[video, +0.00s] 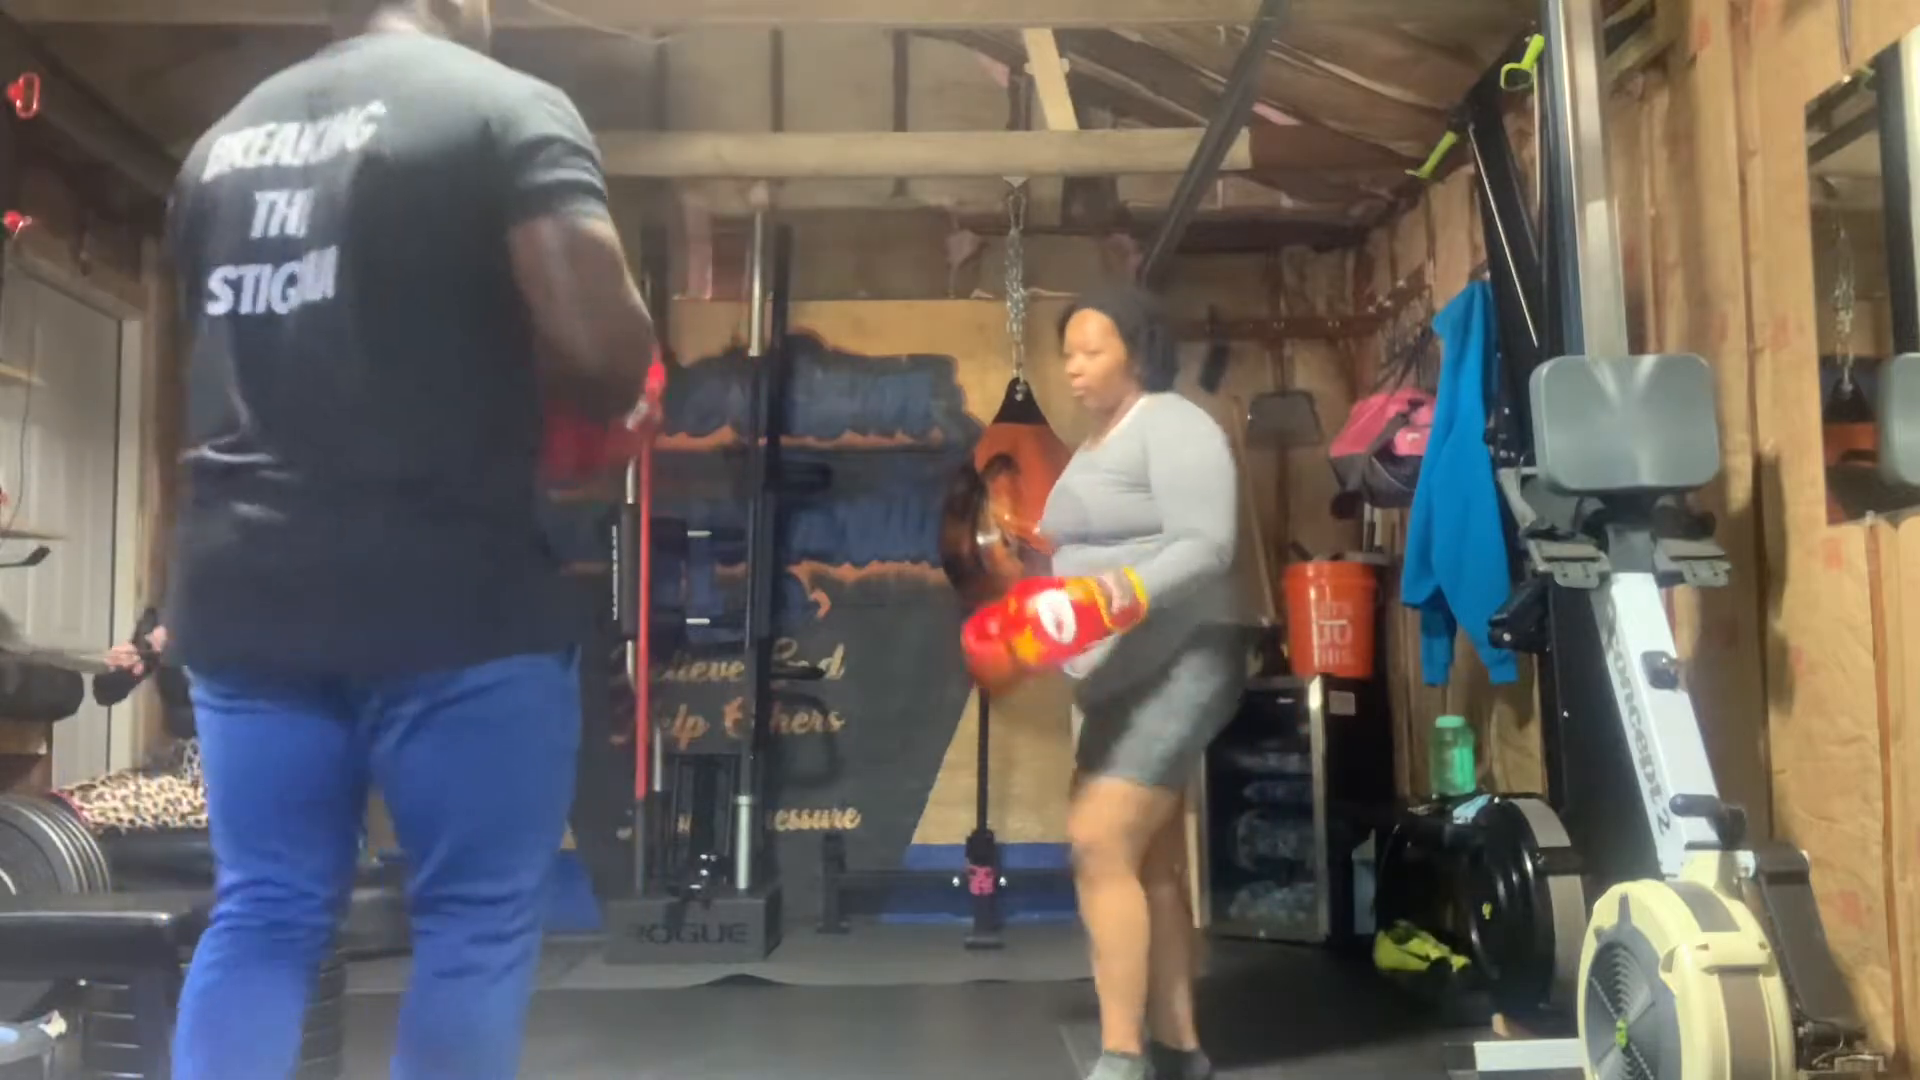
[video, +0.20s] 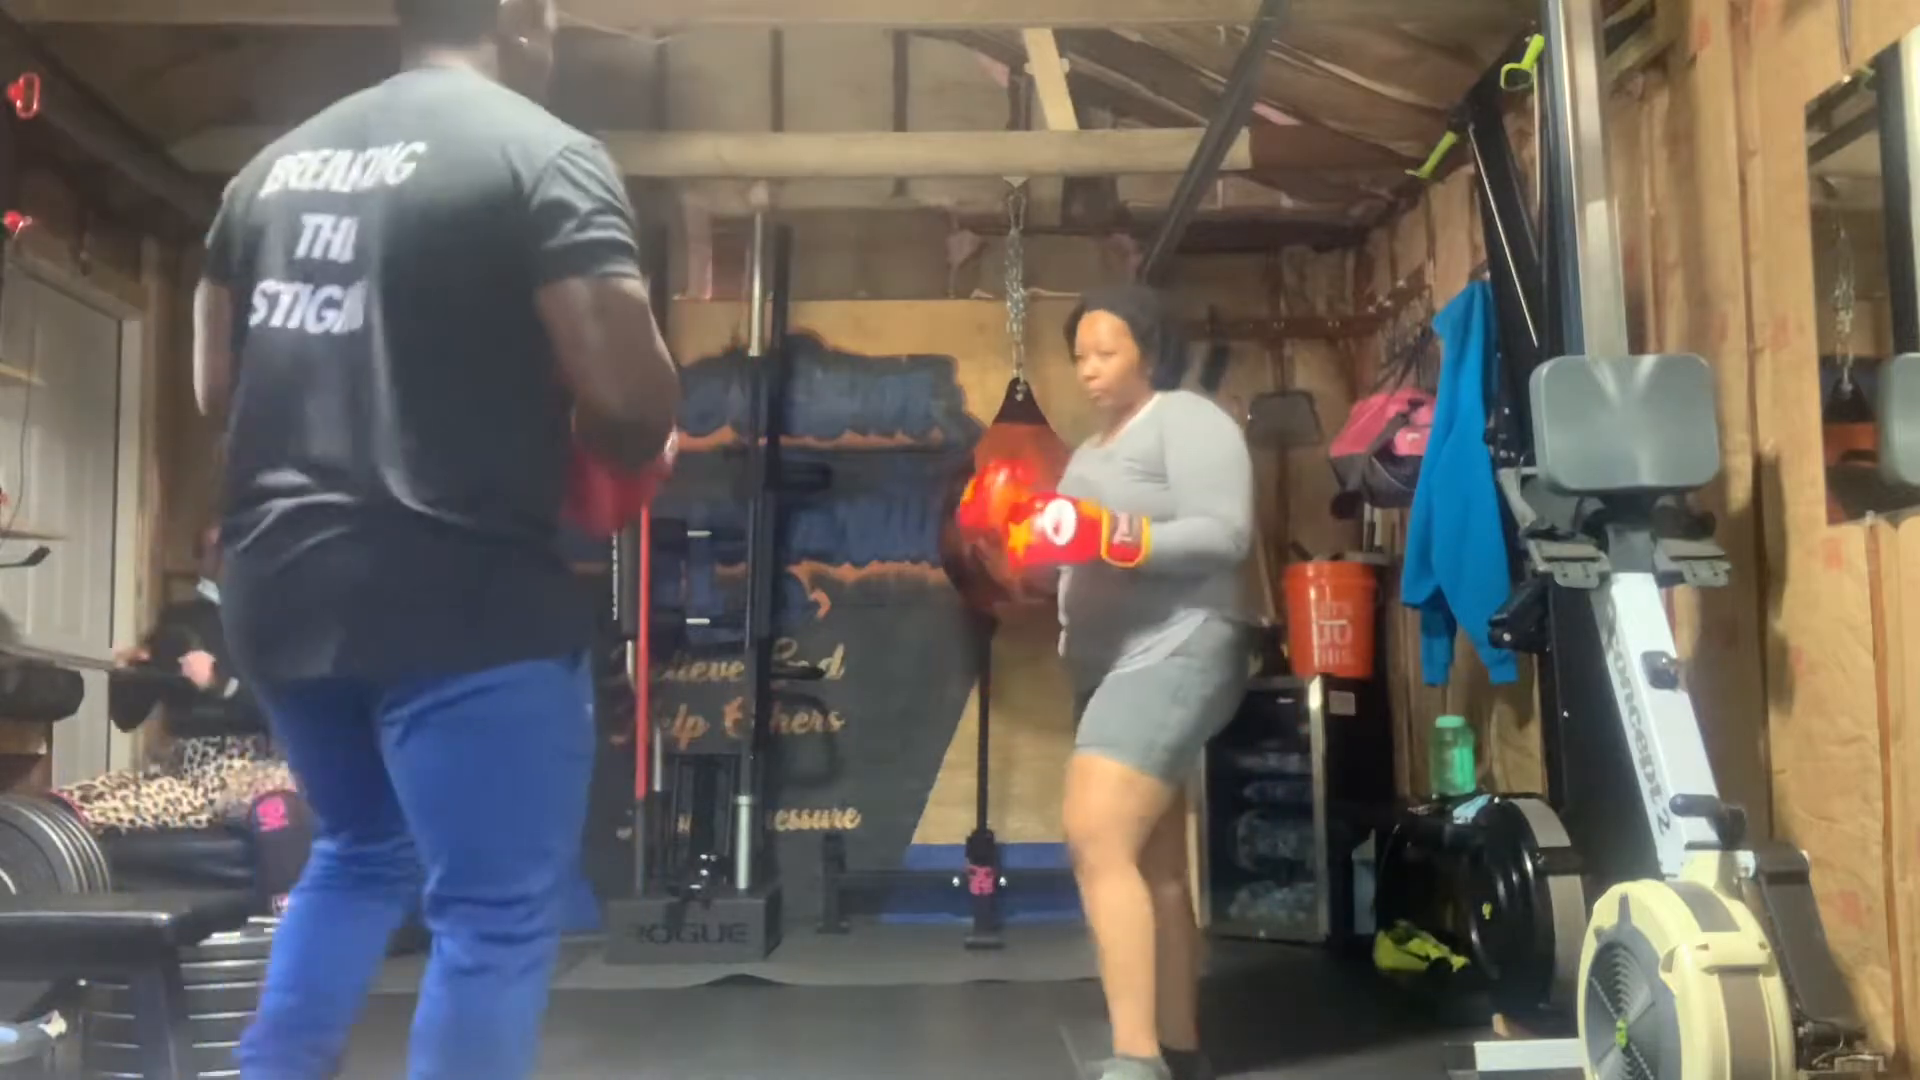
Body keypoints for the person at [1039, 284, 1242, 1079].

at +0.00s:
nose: (1077, 368)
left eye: (1092, 351)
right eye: (1070, 354)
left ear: (1136, 355)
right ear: (1067, 363)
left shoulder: (1176, 424)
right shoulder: (1092, 451)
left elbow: (1208, 541)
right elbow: (1077, 561)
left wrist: (1105, 597)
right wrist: (1027, 555)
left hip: (1187, 653)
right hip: (1116, 663)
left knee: (1100, 836)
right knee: (1156, 863)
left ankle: (1122, 1059)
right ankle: (1179, 1046)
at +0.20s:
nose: (1089, 370)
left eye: (1105, 353)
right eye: (1081, 356)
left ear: (1149, 353)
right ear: (1075, 364)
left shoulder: (1191, 417)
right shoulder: (1090, 455)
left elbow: (1226, 531)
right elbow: (1071, 566)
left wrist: (1113, 536)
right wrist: (1015, 554)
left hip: (1183, 646)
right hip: (1113, 658)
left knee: (1098, 833)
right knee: (1159, 867)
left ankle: (1136, 1057)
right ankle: (1177, 1049)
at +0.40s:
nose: (1089, 360)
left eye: (1106, 344)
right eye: (1083, 347)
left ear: (1152, 346)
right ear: (1080, 356)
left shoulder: (1195, 419)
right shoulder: (1086, 451)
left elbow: (1227, 540)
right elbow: (1060, 557)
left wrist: (1117, 532)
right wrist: (1019, 528)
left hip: (1175, 654)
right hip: (1105, 666)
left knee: (1144, 867)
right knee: (1146, 868)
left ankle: (1156, 1068)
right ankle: (1161, 1055)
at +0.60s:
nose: (1075, 343)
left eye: (1092, 326)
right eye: (1072, 329)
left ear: (1142, 327)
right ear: (1077, 338)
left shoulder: (1186, 403)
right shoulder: (1083, 435)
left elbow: (1219, 531)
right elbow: (1081, 549)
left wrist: (1098, 527)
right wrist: (1020, 524)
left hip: (1182, 641)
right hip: (1114, 654)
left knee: (1153, 868)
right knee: (1144, 867)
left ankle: (1153, 1068)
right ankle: (1155, 1057)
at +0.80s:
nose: (1070, 330)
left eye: (1087, 311)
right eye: (1066, 314)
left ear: (1139, 313)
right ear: (1071, 324)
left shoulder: (1183, 388)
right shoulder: (1085, 420)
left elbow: (1222, 517)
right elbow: (1084, 541)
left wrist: (1096, 514)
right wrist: (1020, 508)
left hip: (1181, 642)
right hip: (1112, 653)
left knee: (1151, 868)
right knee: (1134, 860)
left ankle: (1153, 1070)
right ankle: (1172, 1043)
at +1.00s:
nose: (1071, 325)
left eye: (1089, 307)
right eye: (1069, 309)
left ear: (1141, 311)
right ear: (1080, 318)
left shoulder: (1187, 392)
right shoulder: (1083, 418)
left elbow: (1221, 527)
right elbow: (1080, 527)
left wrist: (1095, 516)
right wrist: (1019, 484)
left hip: (1186, 641)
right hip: (1106, 653)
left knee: (1149, 867)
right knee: (1141, 865)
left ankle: (1152, 1072)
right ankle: (1215, 1058)